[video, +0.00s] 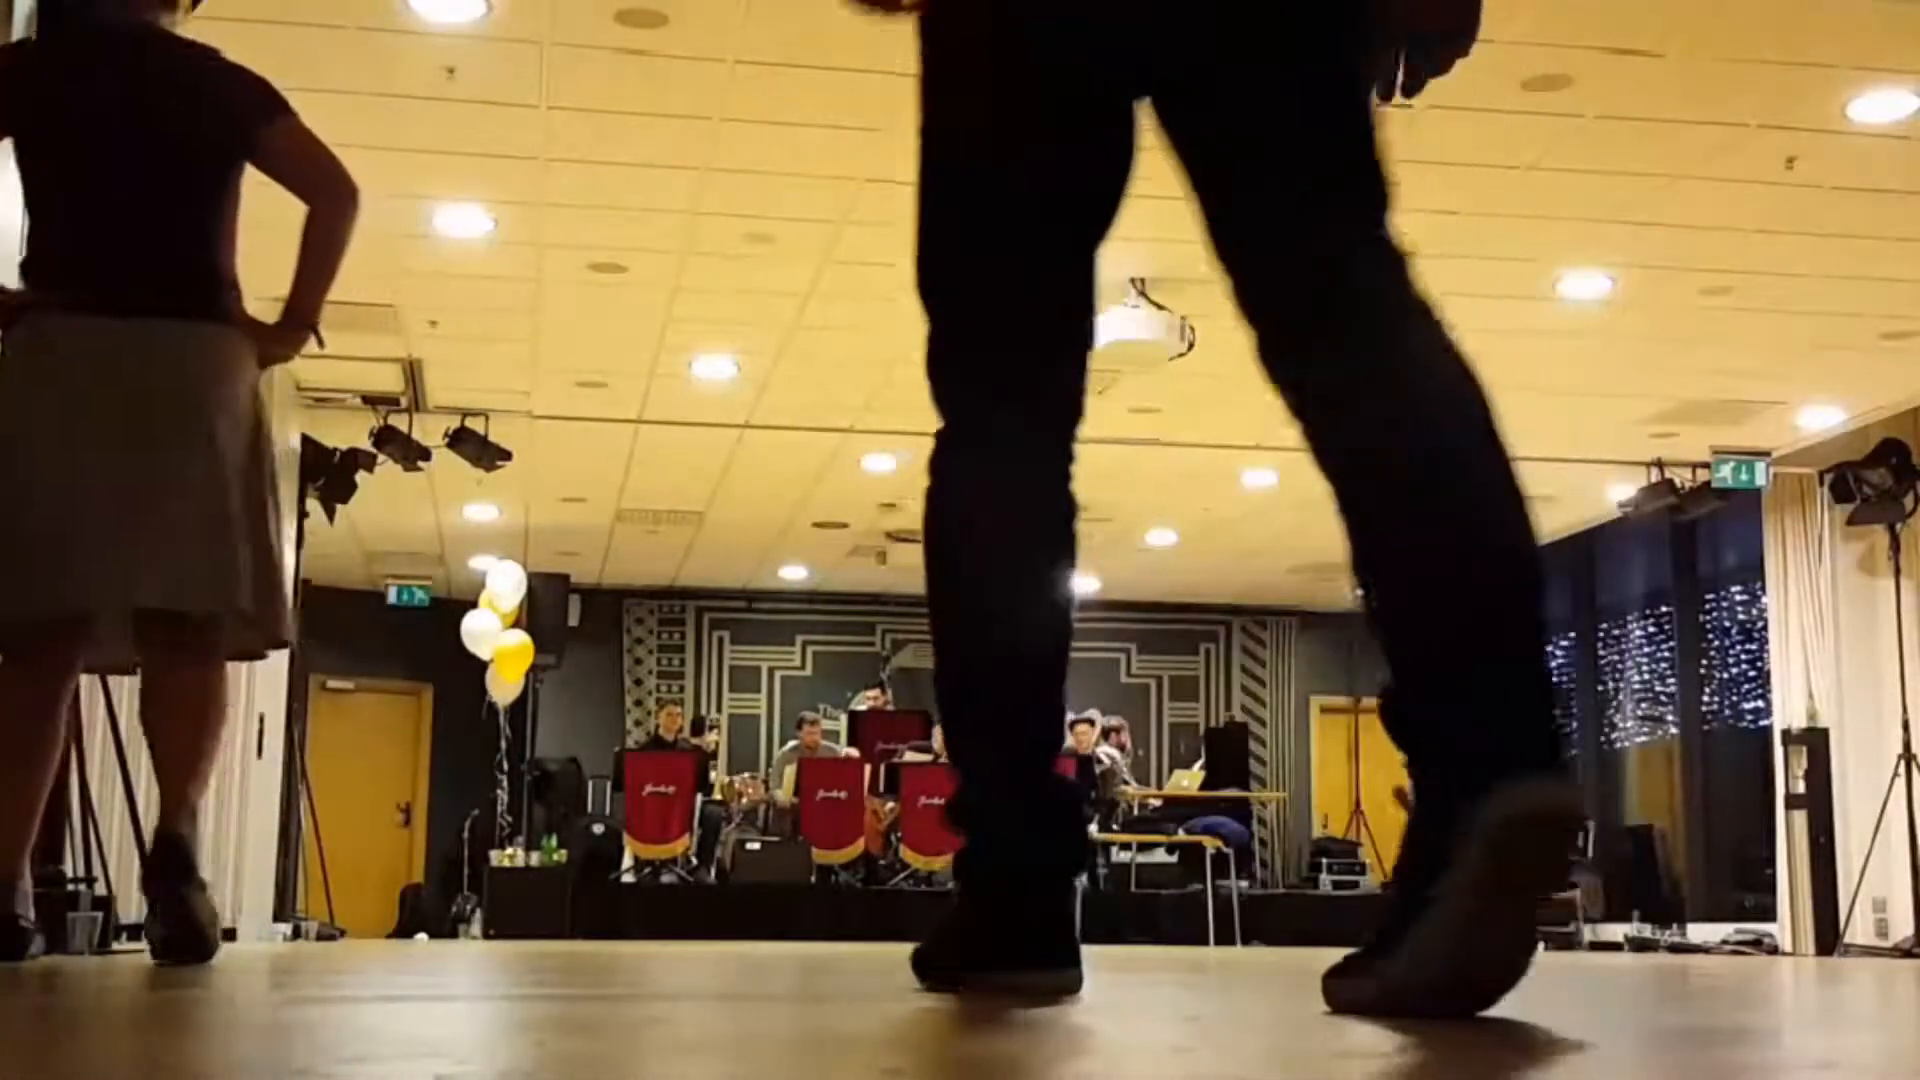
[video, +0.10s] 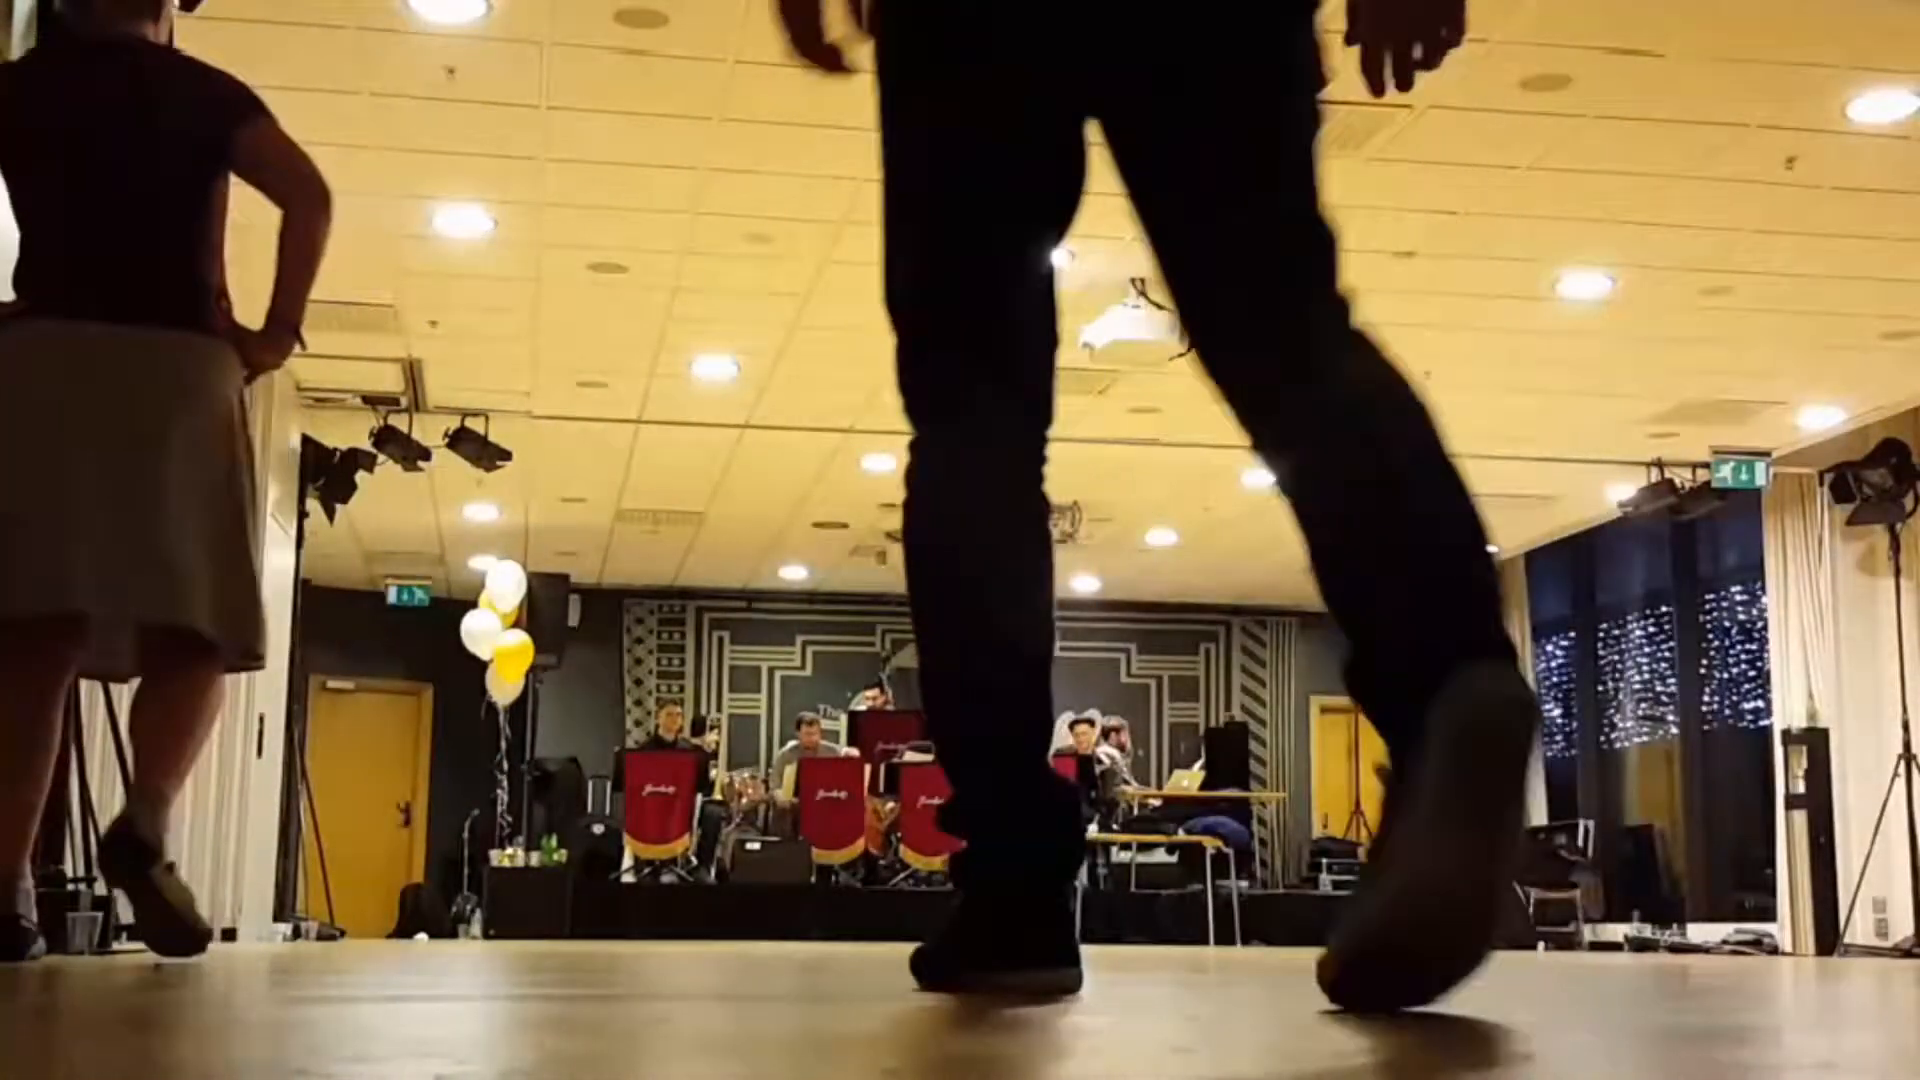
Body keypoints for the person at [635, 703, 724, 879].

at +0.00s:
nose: (674, 720)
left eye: (678, 715)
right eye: (669, 715)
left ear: (682, 720)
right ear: (659, 718)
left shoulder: (693, 751)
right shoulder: (645, 750)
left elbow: (704, 788)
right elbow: (636, 783)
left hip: (684, 806)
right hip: (652, 805)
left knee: (714, 814)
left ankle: (704, 867)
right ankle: (645, 867)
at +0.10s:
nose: (674, 720)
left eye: (678, 715)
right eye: (669, 715)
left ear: (682, 720)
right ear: (658, 718)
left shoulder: (694, 751)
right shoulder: (644, 750)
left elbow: (704, 789)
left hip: (684, 808)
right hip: (651, 807)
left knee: (713, 813)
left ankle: (704, 867)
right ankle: (645, 866)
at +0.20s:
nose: (674, 720)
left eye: (678, 715)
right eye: (669, 715)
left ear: (682, 720)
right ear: (658, 718)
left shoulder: (695, 751)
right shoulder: (643, 751)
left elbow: (704, 789)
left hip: (684, 808)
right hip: (651, 807)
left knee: (714, 814)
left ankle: (704, 867)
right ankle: (645, 866)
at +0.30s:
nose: (673, 720)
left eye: (677, 716)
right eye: (669, 715)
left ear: (682, 721)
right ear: (659, 718)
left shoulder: (694, 751)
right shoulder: (644, 750)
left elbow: (704, 789)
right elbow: (633, 784)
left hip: (683, 807)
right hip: (651, 805)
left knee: (713, 813)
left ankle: (704, 867)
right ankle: (645, 866)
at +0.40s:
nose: (674, 719)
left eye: (678, 715)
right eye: (669, 714)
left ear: (682, 721)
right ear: (658, 718)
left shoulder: (695, 752)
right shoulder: (643, 751)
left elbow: (704, 788)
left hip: (684, 807)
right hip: (651, 806)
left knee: (713, 813)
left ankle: (704, 867)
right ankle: (645, 866)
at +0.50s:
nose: (674, 719)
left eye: (678, 715)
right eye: (669, 714)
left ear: (682, 720)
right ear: (658, 718)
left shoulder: (695, 752)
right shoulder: (643, 751)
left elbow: (704, 789)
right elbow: (630, 785)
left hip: (683, 807)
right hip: (650, 806)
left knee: (713, 813)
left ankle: (704, 867)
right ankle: (645, 864)